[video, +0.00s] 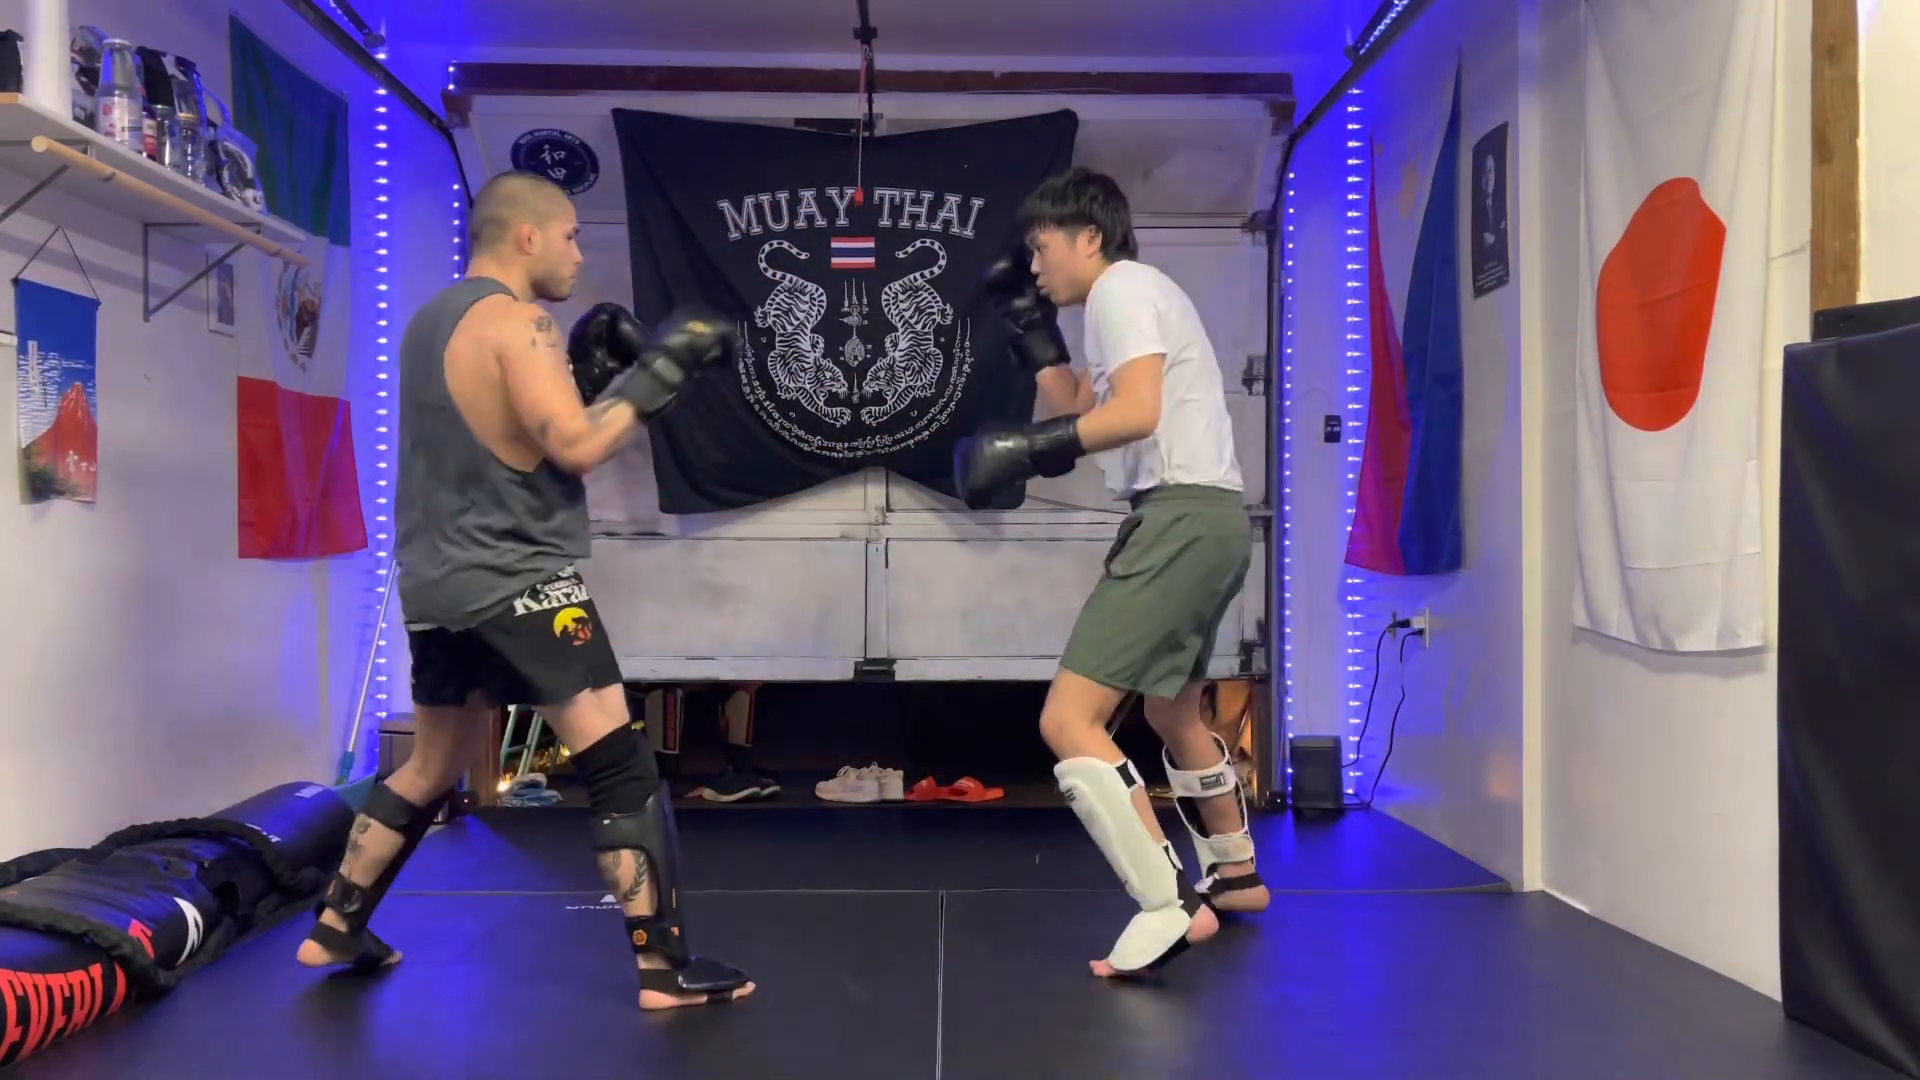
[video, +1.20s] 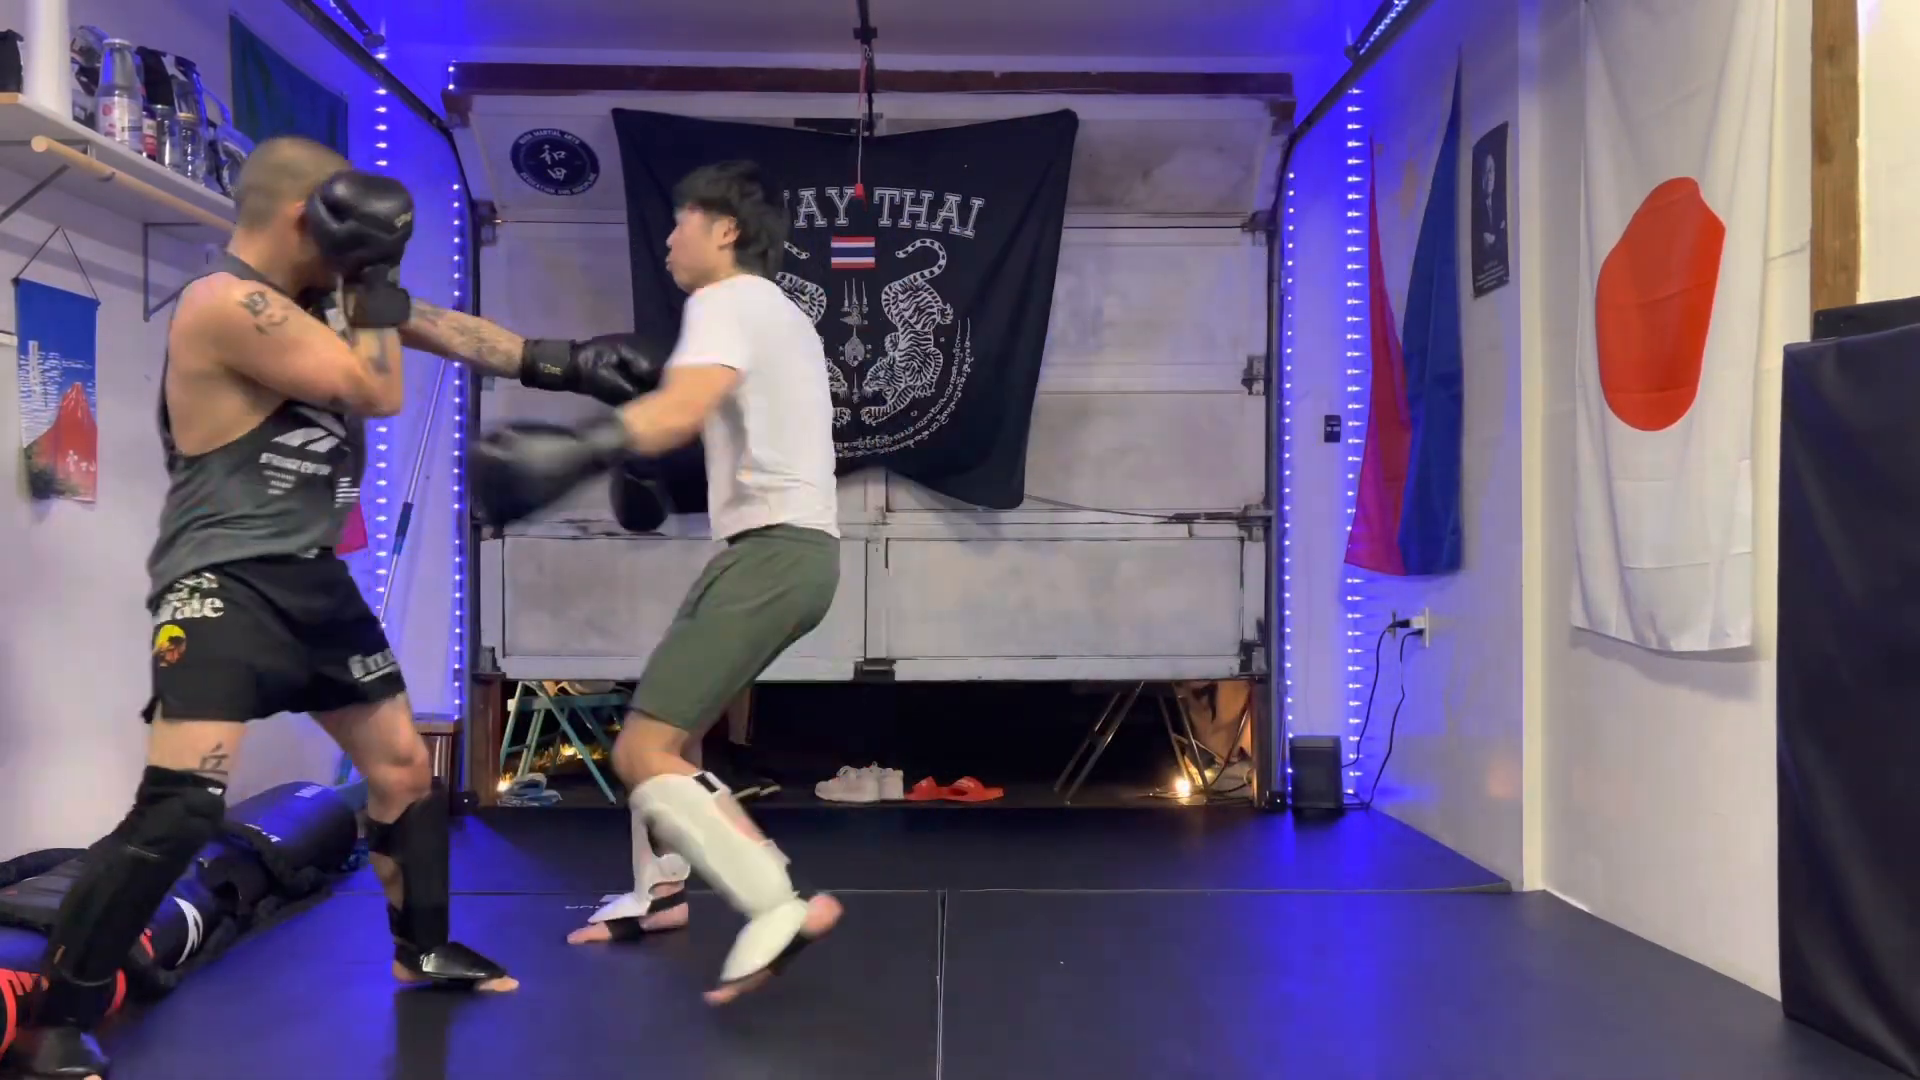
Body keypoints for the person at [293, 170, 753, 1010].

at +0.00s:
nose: (578, 253)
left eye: (576, 237)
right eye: (570, 237)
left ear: (499, 239)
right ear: (526, 237)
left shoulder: (432, 322)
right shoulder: (514, 321)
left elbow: (500, 442)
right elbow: (579, 446)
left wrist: (584, 378)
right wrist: (668, 367)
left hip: (435, 590)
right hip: (521, 584)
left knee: (432, 761)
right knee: (617, 763)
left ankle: (337, 927)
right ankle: (663, 964)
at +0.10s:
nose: (552, 278)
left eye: (550, 263)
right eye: (543, 263)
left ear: (476, 267)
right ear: (501, 267)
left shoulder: (421, 345)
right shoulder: (479, 349)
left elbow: (502, 462)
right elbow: (490, 483)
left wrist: (558, 375)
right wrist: (602, 452)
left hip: (412, 610)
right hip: (480, 607)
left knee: (422, 784)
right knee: (609, 769)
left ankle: (327, 939)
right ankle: (663, 966)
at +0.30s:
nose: (502, 272)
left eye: (500, 257)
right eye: (491, 257)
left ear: (439, 265)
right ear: (444, 264)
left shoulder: (423, 346)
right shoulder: (395, 339)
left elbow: (457, 461)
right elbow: (402, 460)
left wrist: (517, 395)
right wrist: (517, 420)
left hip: (364, 595)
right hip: (378, 593)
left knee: (406, 768)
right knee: (491, 747)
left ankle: (324, 938)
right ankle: (548, 968)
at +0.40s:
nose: (481, 248)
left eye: (480, 233)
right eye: (470, 232)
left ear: (419, 239)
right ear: (417, 236)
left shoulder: (410, 329)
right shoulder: (364, 310)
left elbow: (466, 443)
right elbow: (399, 425)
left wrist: (521, 371)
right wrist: (485, 363)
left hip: (346, 564)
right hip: (348, 563)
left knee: (385, 756)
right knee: (445, 743)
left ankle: (321, 941)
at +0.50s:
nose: (456, 232)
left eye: (455, 217)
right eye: (444, 215)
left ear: (394, 220)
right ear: (389, 217)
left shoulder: (385, 317)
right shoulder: (330, 294)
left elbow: (455, 427)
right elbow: (411, 397)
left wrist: (514, 348)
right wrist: (477, 306)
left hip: (373, 562)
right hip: (321, 556)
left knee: (373, 760)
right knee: (360, 756)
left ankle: (321, 938)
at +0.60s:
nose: (431, 231)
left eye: (432, 215)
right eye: (418, 210)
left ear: (371, 214)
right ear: (359, 208)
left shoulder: (376, 325)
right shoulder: (292, 292)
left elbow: (421, 431)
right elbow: (400, 391)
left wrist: (488, 357)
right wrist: (468, 291)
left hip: (369, 567)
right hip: (290, 559)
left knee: (365, 767)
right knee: (261, 771)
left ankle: (319, 948)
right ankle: (139, 981)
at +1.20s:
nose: (343, 256)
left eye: (346, 240)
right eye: (335, 238)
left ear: (298, 220)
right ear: (293, 219)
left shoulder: (312, 308)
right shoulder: (223, 305)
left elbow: (446, 331)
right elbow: (380, 392)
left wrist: (567, 361)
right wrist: (373, 274)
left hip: (314, 574)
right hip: (219, 576)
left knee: (401, 767)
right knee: (180, 808)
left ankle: (423, 949)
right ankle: (53, 1019)